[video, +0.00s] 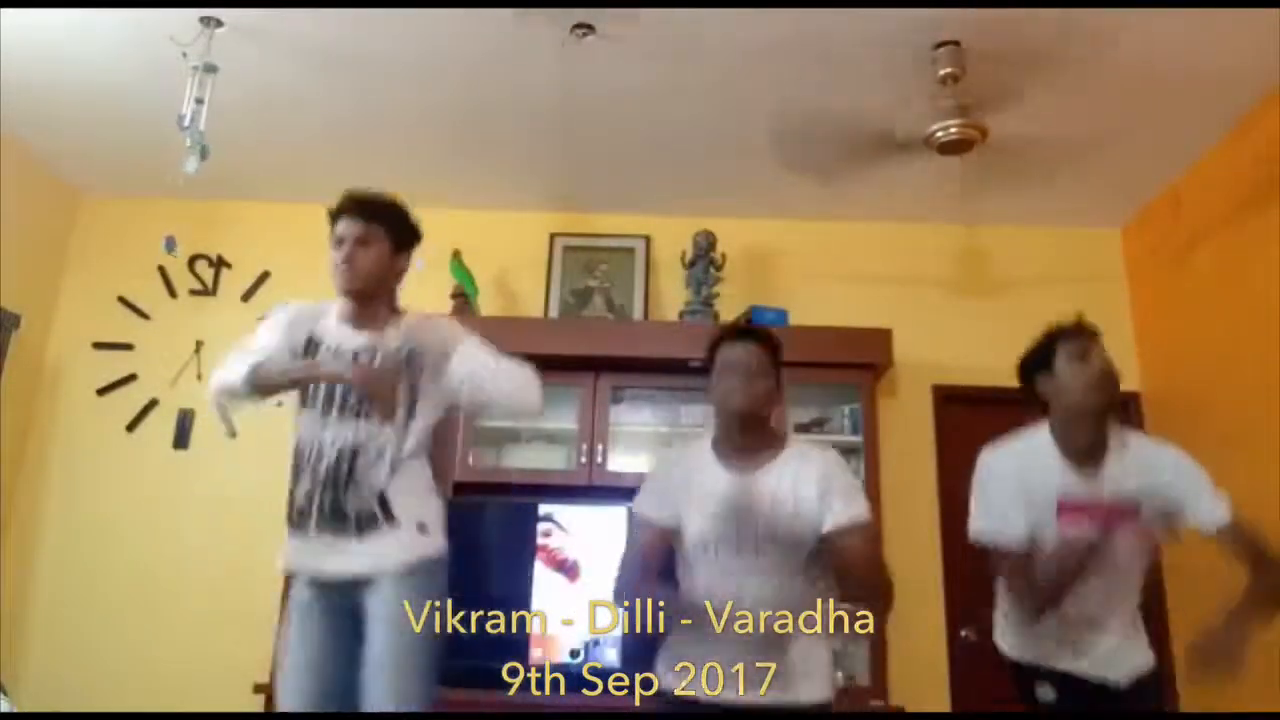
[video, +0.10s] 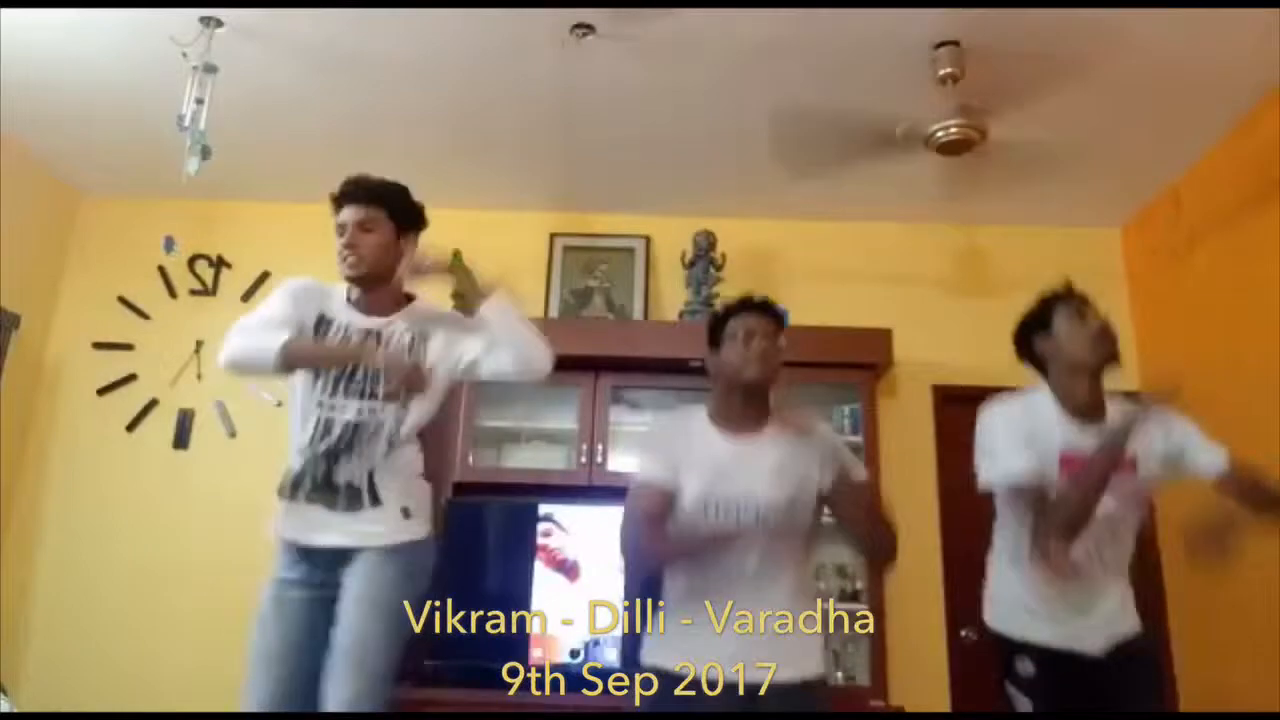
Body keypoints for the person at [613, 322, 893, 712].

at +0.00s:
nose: (737, 385)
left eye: (752, 373)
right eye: (726, 372)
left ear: (777, 388)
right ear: (710, 385)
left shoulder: (821, 470)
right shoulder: (675, 471)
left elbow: (872, 594)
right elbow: (637, 586)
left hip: (795, 694)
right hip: (691, 693)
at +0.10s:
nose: (757, 348)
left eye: (767, 338)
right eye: (742, 338)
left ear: (780, 355)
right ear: (712, 358)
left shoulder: (812, 441)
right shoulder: (672, 434)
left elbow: (882, 548)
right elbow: (639, 550)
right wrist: (741, 531)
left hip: (788, 678)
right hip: (683, 677)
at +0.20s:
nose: (765, 317)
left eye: (772, 309)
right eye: (747, 306)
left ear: (779, 328)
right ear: (706, 322)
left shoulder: (793, 406)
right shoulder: (666, 386)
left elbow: (878, 479)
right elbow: (677, 459)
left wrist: (871, 376)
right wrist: (762, 413)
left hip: (776, 644)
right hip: (676, 642)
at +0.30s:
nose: (739, 323)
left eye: (746, 314)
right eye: (725, 309)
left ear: (755, 321)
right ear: (684, 326)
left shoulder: (763, 401)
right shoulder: (644, 379)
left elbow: (864, 443)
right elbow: (742, 354)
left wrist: (860, 397)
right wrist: (804, 287)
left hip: (757, 620)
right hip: (670, 616)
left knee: (762, 706)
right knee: (676, 705)